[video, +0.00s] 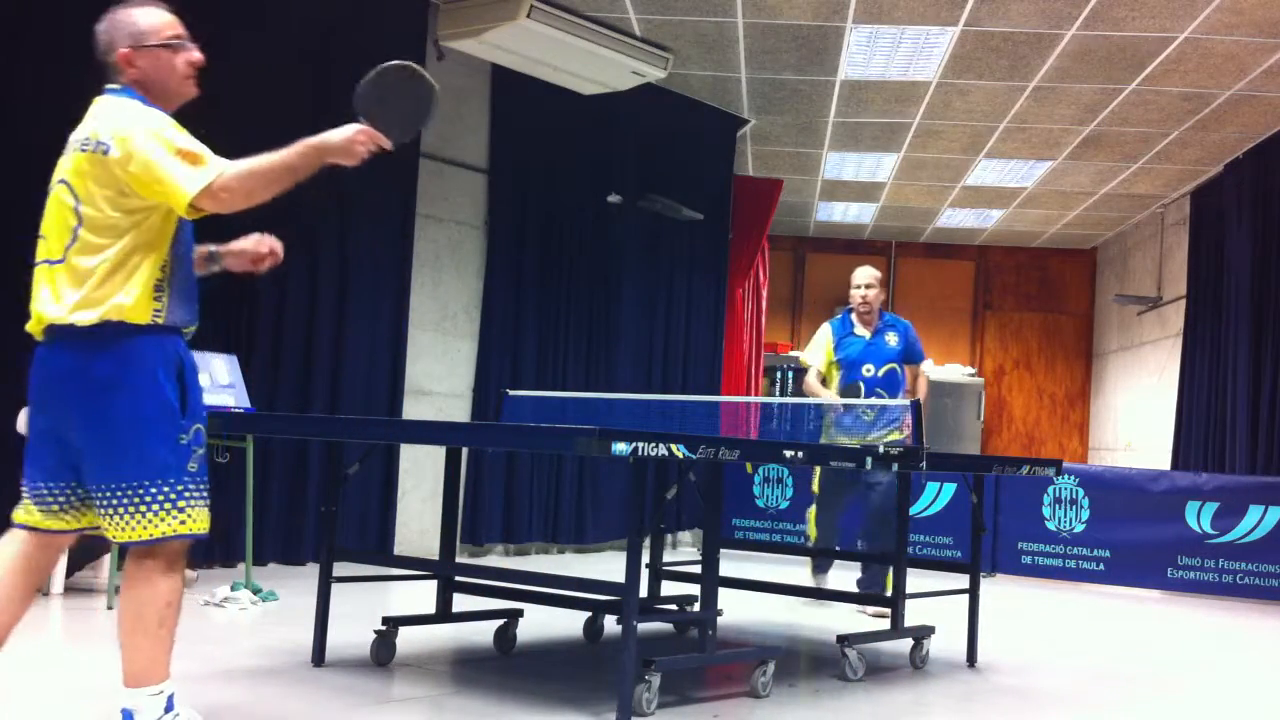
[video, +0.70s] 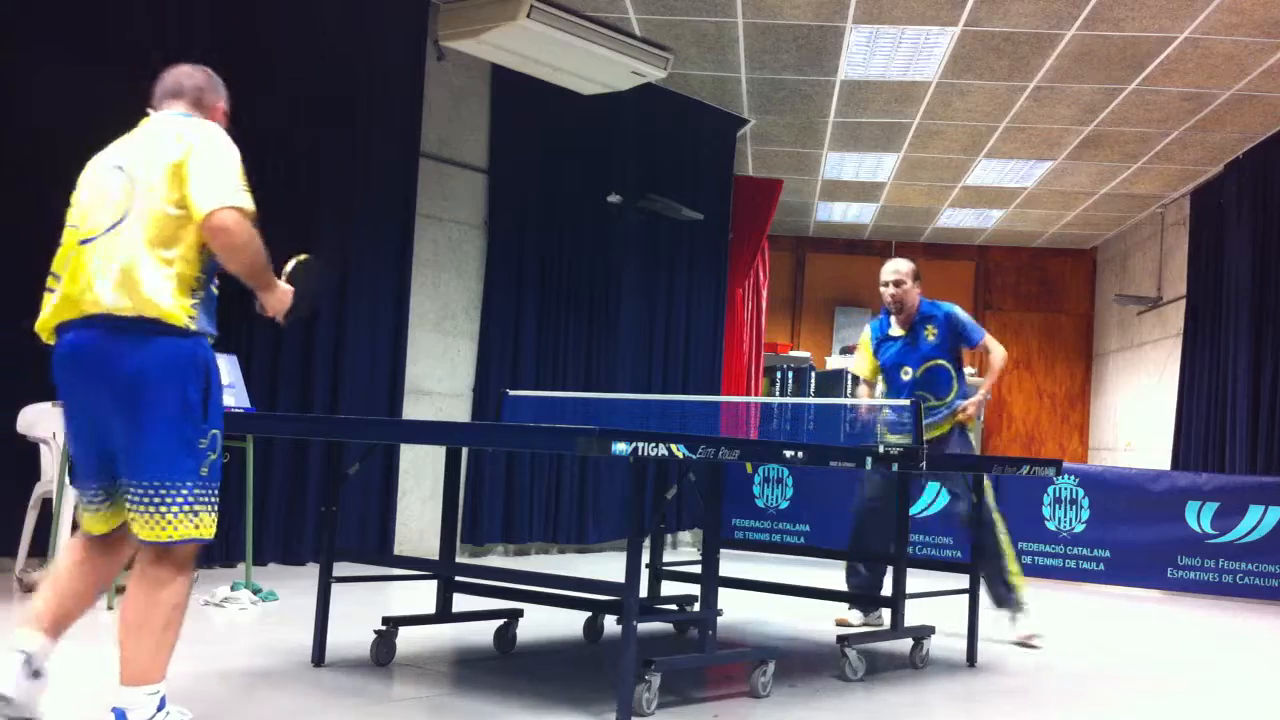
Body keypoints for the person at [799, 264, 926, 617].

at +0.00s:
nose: (862, 293)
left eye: (870, 287)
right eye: (857, 287)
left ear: (883, 292)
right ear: (849, 292)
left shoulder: (902, 330)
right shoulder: (831, 331)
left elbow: (918, 375)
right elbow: (809, 379)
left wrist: (915, 418)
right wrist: (830, 397)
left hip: (888, 441)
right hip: (840, 440)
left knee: (883, 514)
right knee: (829, 509)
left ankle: (872, 592)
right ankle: (820, 566)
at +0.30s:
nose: (869, 288)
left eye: (877, 281)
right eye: (864, 282)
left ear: (894, 285)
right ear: (858, 287)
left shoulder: (920, 321)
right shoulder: (846, 328)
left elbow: (953, 365)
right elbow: (829, 376)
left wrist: (941, 408)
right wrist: (824, 408)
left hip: (905, 439)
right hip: (859, 438)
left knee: (895, 517)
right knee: (864, 513)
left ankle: (880, 601)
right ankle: (859, 602)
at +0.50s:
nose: (873, 291)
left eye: (881, 283)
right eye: (867, 284)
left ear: (899, 287)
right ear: (862, 289)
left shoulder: (928, 320)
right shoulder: (854, 333)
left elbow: (967, 364)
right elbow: (838, 383)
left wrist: (954, 409)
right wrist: (833, 409)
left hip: (925, 441)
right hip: (872, 443)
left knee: (948, 503)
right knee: (862, 520)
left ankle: (922, 572)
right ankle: (865, 606)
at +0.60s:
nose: (879, 289)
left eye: (887, 281)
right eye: (874, 282)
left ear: (906, 284)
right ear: (869, 287)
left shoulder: (936, 315)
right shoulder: (862, 329)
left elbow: (982, 351)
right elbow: (850, 379)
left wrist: (967, 395)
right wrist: (848, 403)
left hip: (936, 432)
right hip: (886, 438)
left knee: (961, 504)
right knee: (864, 514)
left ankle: (966, 592)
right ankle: (865, 606)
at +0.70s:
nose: (890, 292)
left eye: (898, 284)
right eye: (885, 286)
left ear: (917, 288)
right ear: (879, 291)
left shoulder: (947, 316)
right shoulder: (874, 332)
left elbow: (997, 353)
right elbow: (865, 382)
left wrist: (980, 397)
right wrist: (865, 406)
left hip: (947, 433)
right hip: (896, 437)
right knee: (872, 509)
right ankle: (864, 605)